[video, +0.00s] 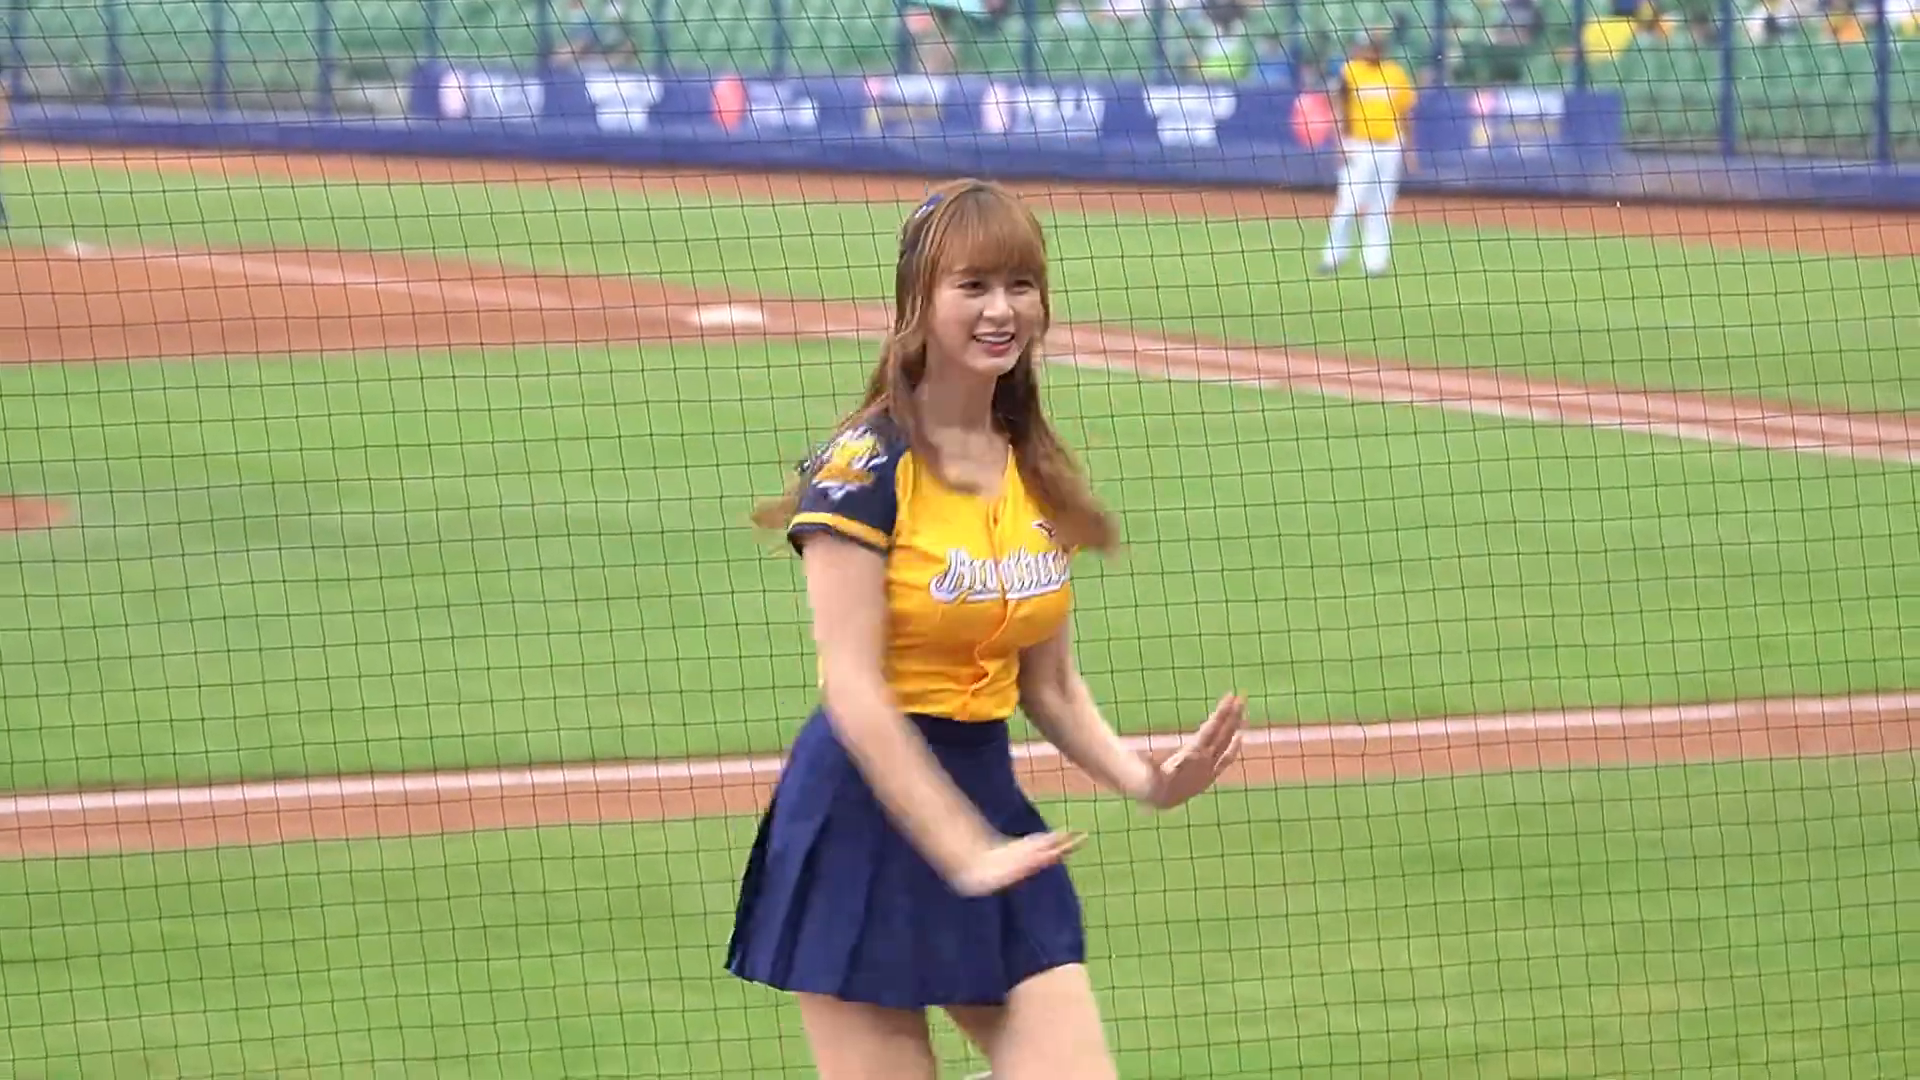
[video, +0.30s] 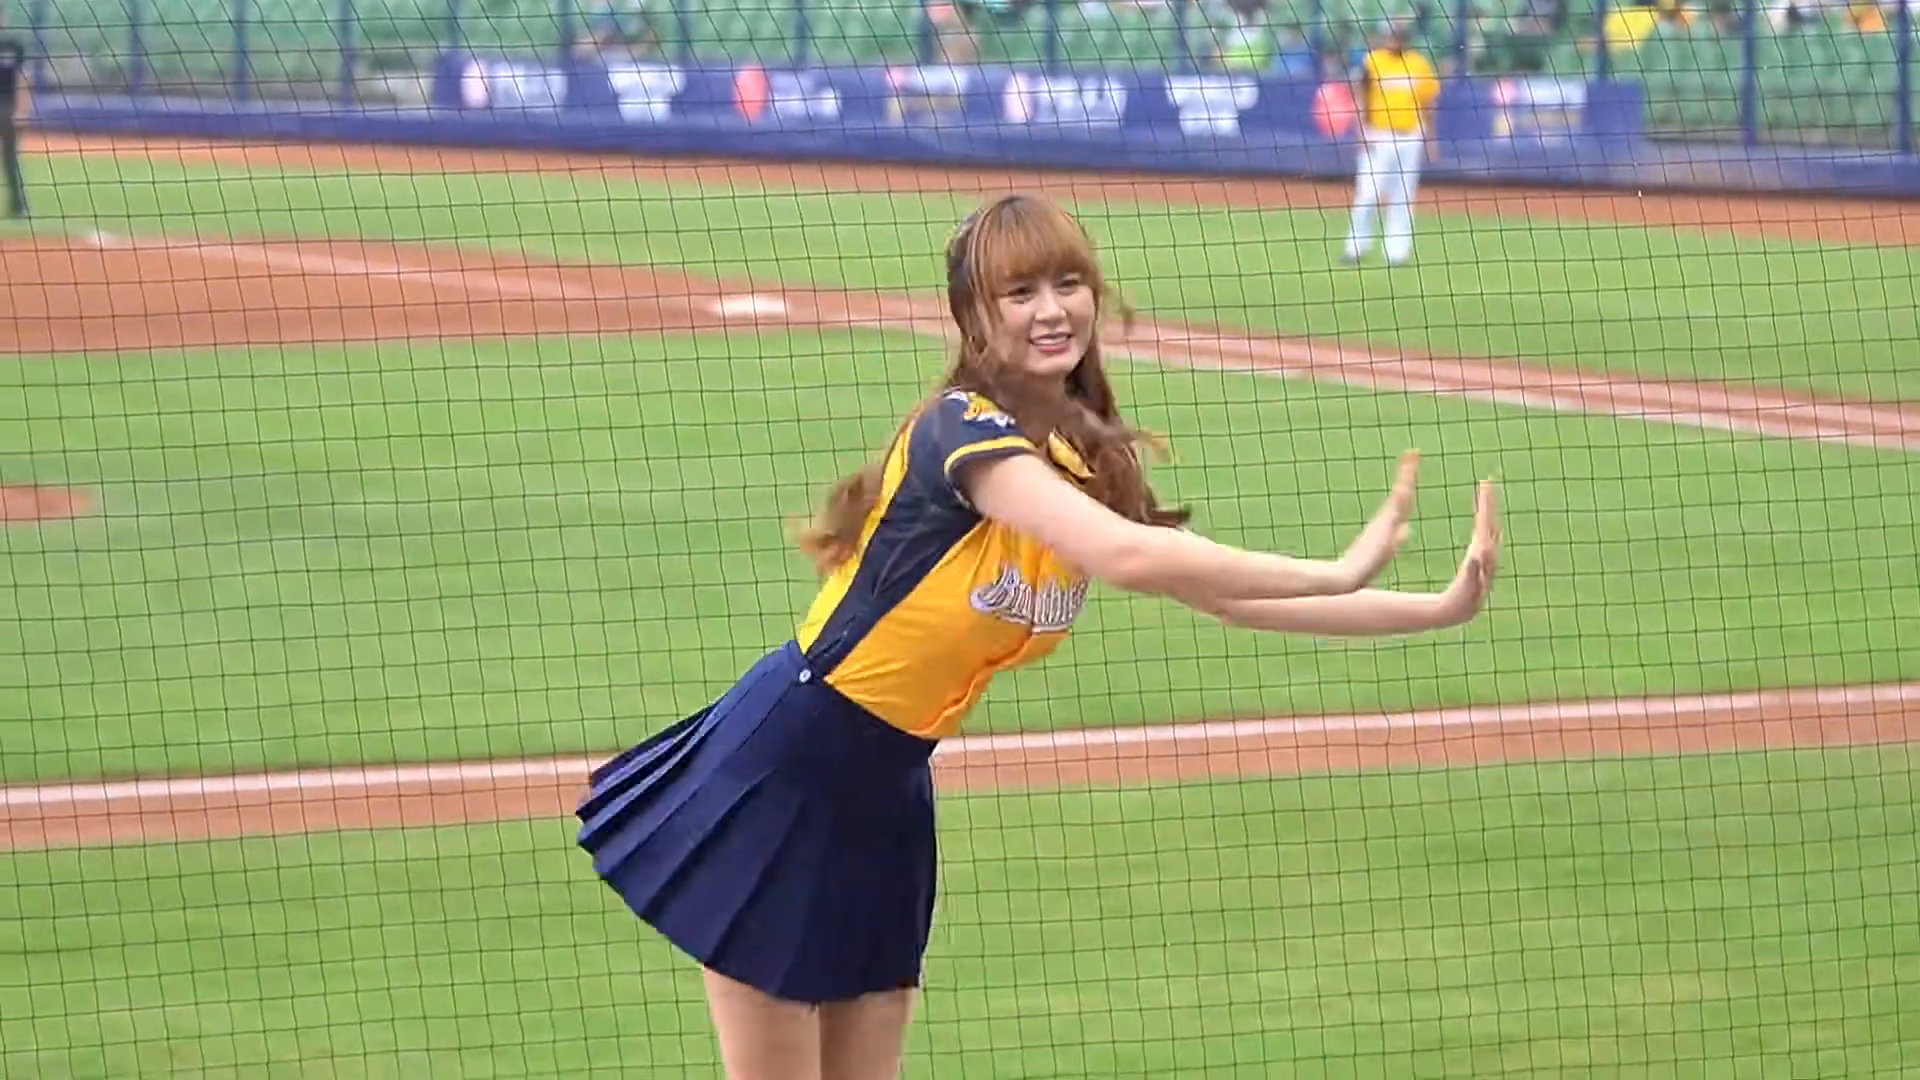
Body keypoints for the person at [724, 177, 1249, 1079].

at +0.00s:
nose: (1001, 309)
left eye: (1019, 285)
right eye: (972, 285)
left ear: (1039, 301)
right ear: (917, 301)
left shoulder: (1034, 469)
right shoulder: (861, 470)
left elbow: (1050, 680)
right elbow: (851, 688)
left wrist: (1139, 778)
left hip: (988, 793)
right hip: (862, 792)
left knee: (1078, 1062)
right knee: (883, 1063)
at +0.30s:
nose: (1049, 309)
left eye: (1066, 282)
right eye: (1017, 292)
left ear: (1095, 294)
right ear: (974, 316)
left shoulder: (1085, 462)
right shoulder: (961, 430)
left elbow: (1237, 602)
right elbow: (1117, 556)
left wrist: (1434, 616)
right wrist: (1325, 571)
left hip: (891, 791)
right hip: (788, 770)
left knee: (861, 1067)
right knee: (774, 1069)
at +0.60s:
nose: (997, 314)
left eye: (1014, 290)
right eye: (971, 289)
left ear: (1031, 299)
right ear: (905, 294)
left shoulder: (1039, 444)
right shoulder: (840, 444)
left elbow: (1084, 622)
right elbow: (835, 658)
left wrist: (1114, 752)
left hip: (1021, 773)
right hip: (889, 777)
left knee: (1062, 1060)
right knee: (947, 1064)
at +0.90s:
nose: (1047, 270)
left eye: (1060, 250)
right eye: (1017, 246)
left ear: (1076, 271)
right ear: (942, 271)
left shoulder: (1103, 398)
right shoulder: (882, 427)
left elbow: (1095, 521)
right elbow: (829, 595)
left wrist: (1041, 594)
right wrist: (763, 666)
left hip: (1089, 753)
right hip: (942, 751)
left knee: (1060, 1065)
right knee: (948, 1066)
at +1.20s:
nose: (1091, 250)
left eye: (1106, 222)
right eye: (1060, 228)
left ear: (1128, 228)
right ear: (999, 244)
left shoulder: (1165, 372)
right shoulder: (935, 385)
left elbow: (1200, 560)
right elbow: (888, 584)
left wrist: (1185, 655)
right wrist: (903, 695)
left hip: (1144, 724)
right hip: (999, 734)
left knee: (1146, 1061)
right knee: (1052, 1064)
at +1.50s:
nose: (1162, 227)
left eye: (1175, 201)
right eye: (1128, 211)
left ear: (1198, 216)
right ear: (1074, 238)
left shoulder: (1188, 379)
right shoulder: (1076, 366)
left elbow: (1279, 559)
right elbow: (1131, 575)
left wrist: (1448, 654)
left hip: (1048, 726)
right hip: (947, 721)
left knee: (1055, 1059)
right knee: (985, 1064)